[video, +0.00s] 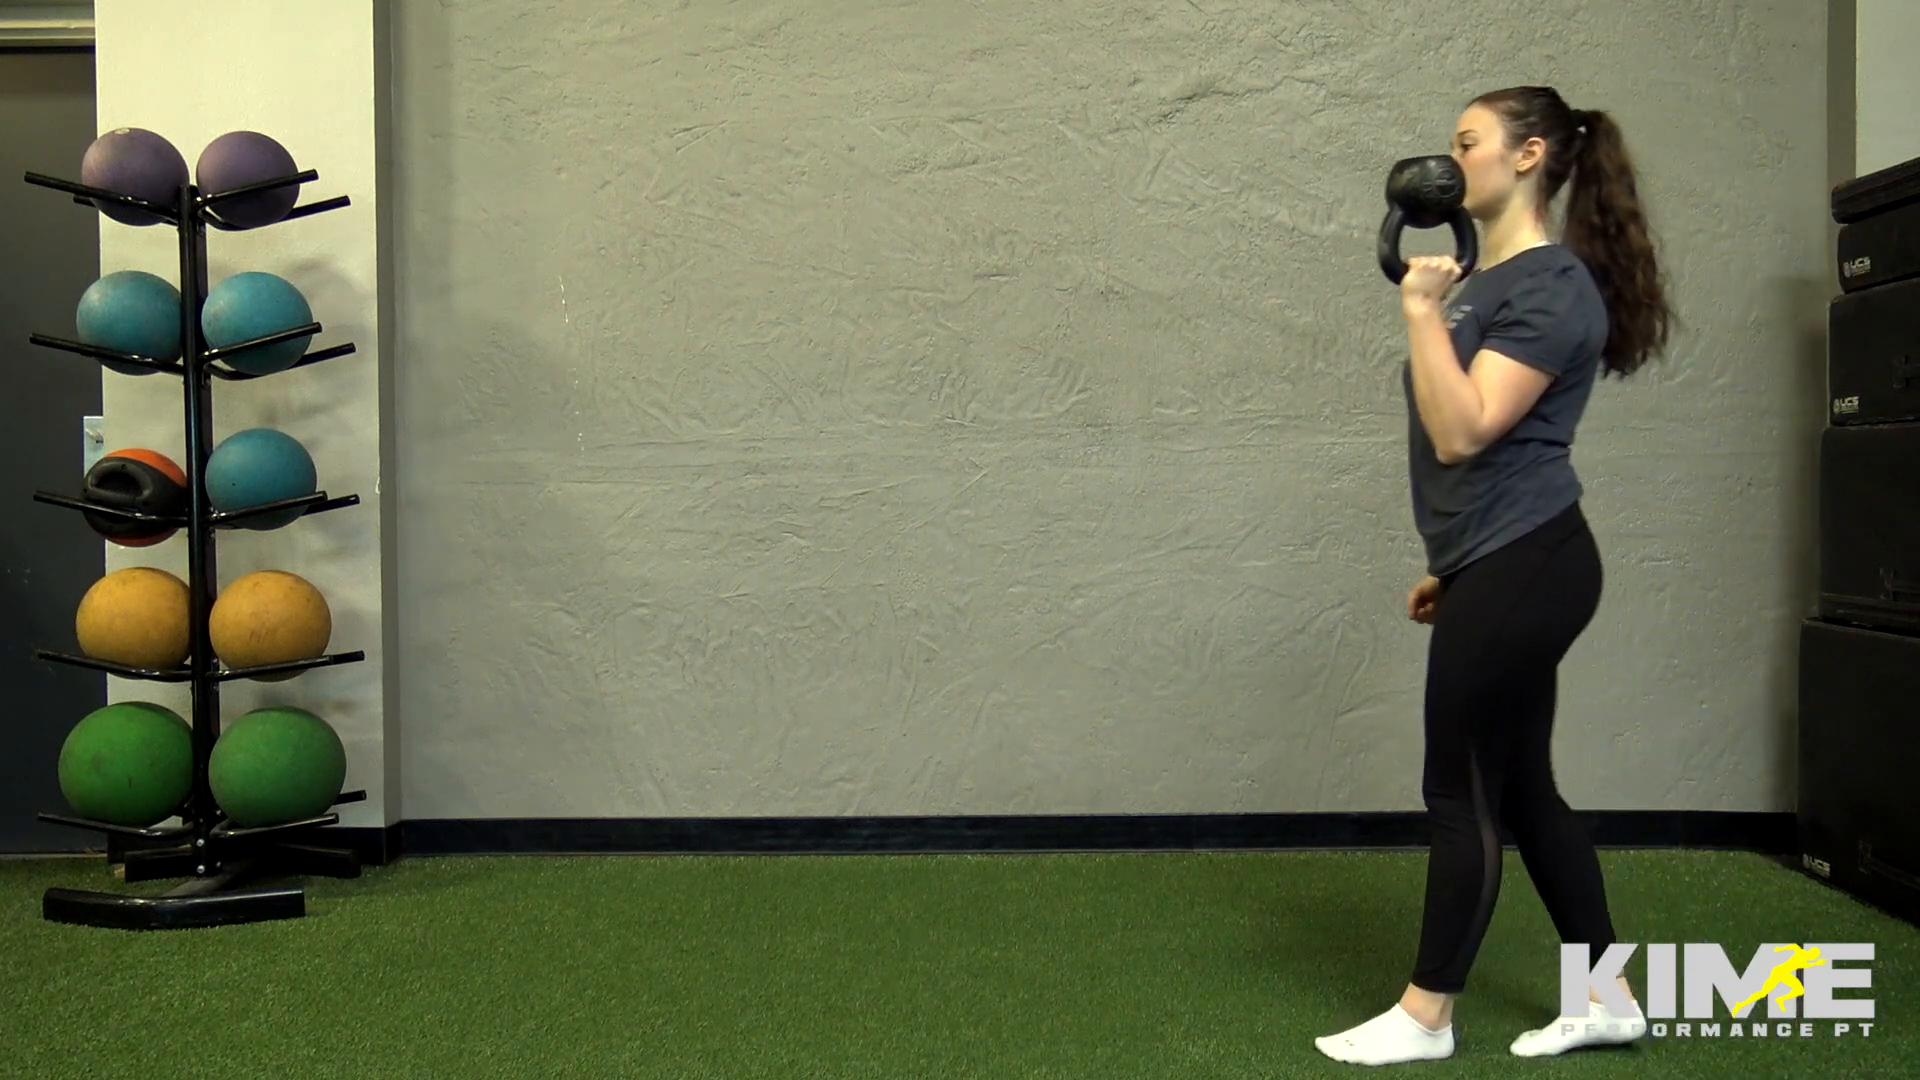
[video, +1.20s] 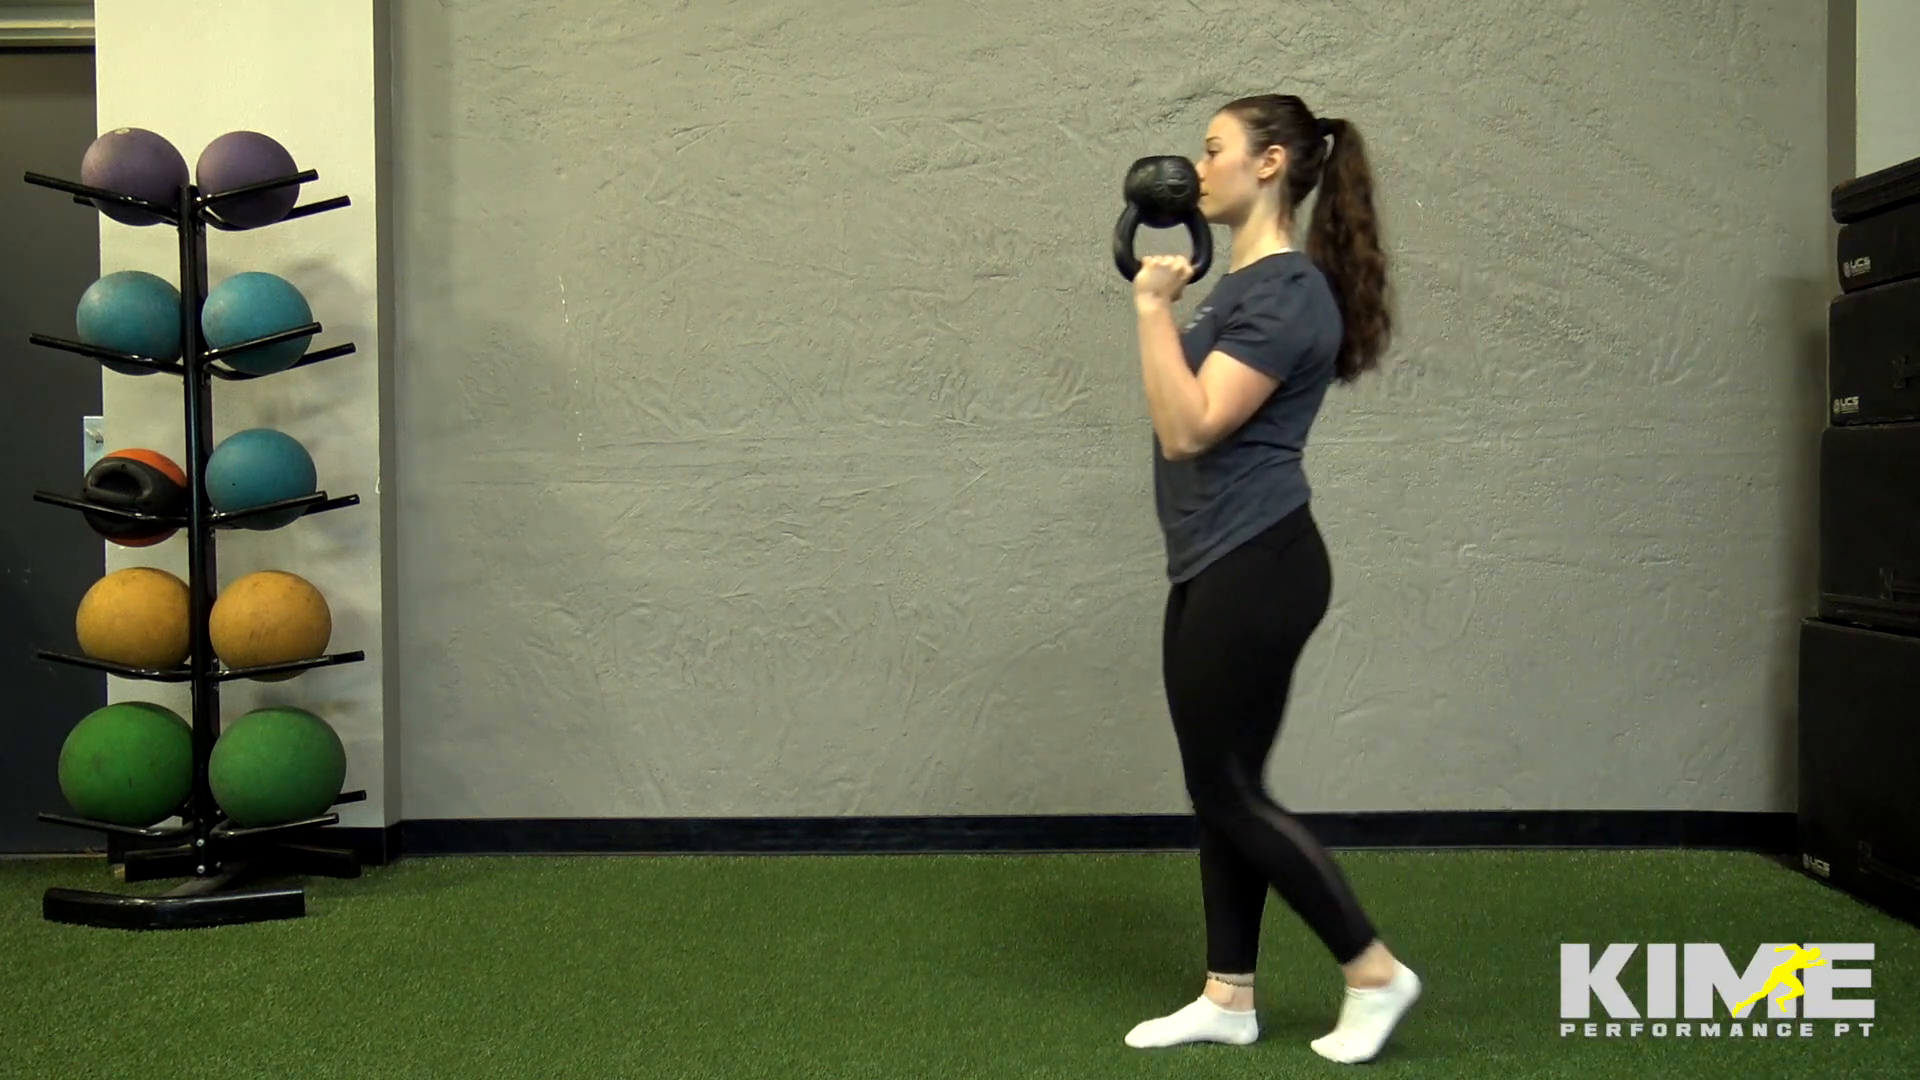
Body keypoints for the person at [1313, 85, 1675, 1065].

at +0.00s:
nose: (1451, 160)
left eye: (1470, 144)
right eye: (1453, 146)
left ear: (1532, 155)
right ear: (1513, 159)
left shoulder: (1555, 287)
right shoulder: (1488, 282)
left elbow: (1458, 433)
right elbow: (1491, 442)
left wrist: (1422, 311)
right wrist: (1454, 564)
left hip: (1526, 561)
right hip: (1495, 564)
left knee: (1459, 791)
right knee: (1523, 788)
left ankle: (1425, 1012)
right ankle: (1603, 993)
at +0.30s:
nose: (1391, 159)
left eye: (1409, 143)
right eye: (1394, 144)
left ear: (1469, 153)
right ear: (1452, 156)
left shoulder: (1491, 284)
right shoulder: (1422, 274)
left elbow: (1392, 422)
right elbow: (1395, 441)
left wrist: (1354, 299)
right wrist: (1376, 567)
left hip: (1454, 560)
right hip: (1404, 565)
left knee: (1423, 789)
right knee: (1385, 786)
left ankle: (1425, 1014)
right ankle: (1536, 946)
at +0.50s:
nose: (1352, 158)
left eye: (1370, 142)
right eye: (1355, 143)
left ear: (1430, 152)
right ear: (1414, 155)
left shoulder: (1454, 282)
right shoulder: (1391, 272)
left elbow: (1356, 420)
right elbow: (1347, 407)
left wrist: (1316, 300)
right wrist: (1320, 289)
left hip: (1422, 562)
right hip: (1358, 564)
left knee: (1405, 788)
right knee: (1306, 766)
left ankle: (1426, 1014)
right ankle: (1384, 965)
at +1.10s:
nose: (1227, 167)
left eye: (1243, 151)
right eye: (1231, 151)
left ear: (1301, 162)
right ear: (1292, 162)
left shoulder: (1324, 289)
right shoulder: (1262, 283)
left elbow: (1226, 424)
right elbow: (1215, 420)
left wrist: (1185, 305)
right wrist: (1188, 298)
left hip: (1296, 564)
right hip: (1233, 572)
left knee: (1302, 790)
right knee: (1235, 790)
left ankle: (1410, 996)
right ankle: (1230, 997)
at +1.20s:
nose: (1197, 169)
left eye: (1214, 152)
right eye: (1202, 152)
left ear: (1272, 167)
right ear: (1266, 169)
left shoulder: (1288, 291)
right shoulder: (1237, 285)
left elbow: (1194, 425)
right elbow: (1179, 429)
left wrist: (1151, 306)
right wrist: (1156, 306)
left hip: (1259, 562)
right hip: (1214, 568)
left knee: (1228, 789)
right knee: (1217, 785)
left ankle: (1377, 972)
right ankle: (1230, 996)